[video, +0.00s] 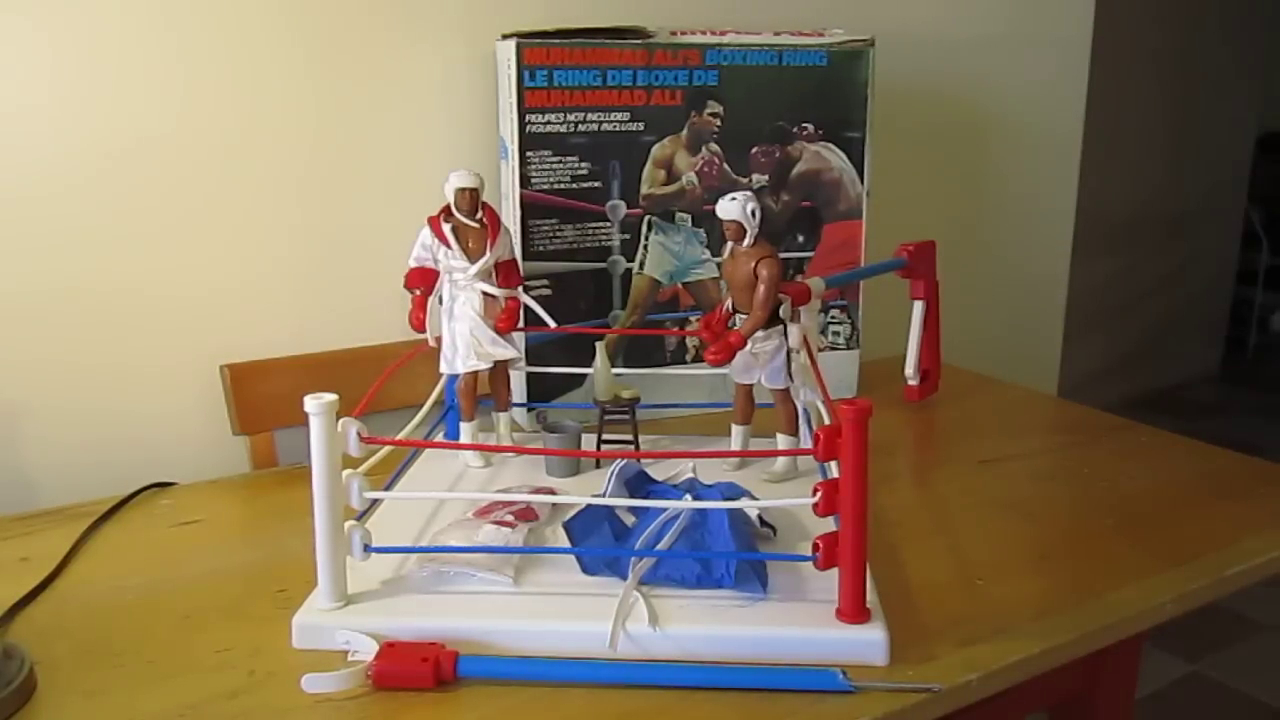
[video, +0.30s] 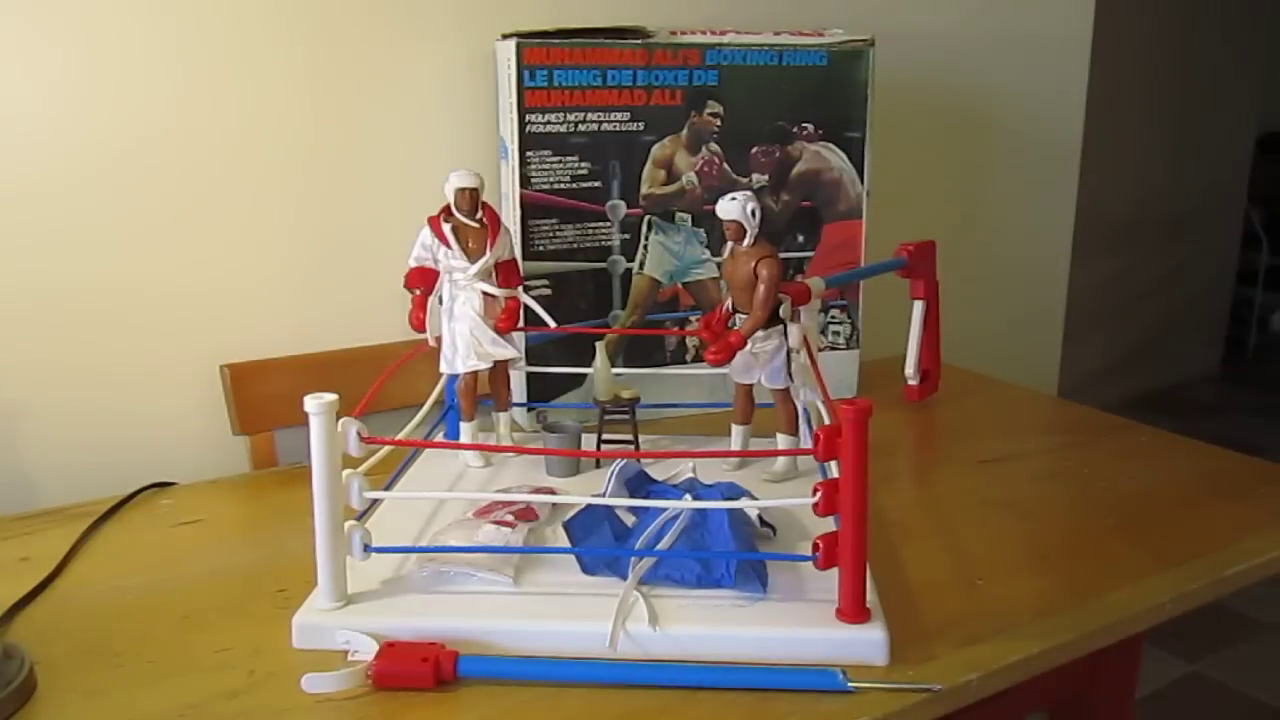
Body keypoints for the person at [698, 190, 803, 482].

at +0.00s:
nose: (725, 229)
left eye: (730, 224)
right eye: (723, 224)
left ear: (747, 224)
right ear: (724, 224)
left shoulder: (767, 263)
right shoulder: (731, 250)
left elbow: (761, 314)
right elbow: (734, 292)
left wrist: (735, 340)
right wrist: (719, 317)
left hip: (769, 333)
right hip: (742, 329)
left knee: (780, 391)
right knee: (742, 387)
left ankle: (787, 456)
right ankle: (737, 450)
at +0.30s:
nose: (725, 229)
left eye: (731, 223)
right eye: (723, 223)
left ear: (748, 224)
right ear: (724, 224)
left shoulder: (767, 263)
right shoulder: (731, 250)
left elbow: (761, 314)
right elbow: (734, 293)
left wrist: (736, 340)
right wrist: (719, 318)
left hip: (768, 333)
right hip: (742, 329)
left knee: (780, 391)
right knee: (742, 387)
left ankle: (787, 457)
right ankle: (737, 450)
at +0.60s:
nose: (726, 228)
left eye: (731, 223)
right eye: (723, 223)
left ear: (748, 223)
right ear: (723, 223)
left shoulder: (767, 263)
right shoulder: (731, 250)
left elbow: (761, 314)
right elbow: (734, 292)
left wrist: (736, 340)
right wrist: (720, 318)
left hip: (768, 333)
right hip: (742, 330)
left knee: (780, 392)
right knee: (742, 387)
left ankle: (787, 457)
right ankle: (737, 450)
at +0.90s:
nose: (726, 228)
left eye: (731, 222)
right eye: (724, 222)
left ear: (748, 223)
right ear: (723, 223)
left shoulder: (767, 263)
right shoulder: (731, 250)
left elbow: (761, 314)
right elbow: (734, 293)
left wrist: (736, 340)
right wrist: (720, 318)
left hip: (768, 333)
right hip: (742, 329)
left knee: (780, 391)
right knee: (742, 387)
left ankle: (787, 457)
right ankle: (737, 450)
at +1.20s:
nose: (725, 227)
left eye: (730, 222)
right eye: (723, 222)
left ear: (748, 223)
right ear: (724, 222)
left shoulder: (767, 262)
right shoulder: (731, 250)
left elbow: (761, 314)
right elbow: (735, 293)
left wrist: (735, 340)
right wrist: (720, 318)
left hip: (769, 333)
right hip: (743, 330)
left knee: (780, 392)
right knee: (742, 387)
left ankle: (787, 457)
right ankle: (737, 450)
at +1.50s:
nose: (726, 227)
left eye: (731, 222)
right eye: (724, 222)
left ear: (748, 222)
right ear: (723, 222)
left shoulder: (767, 262)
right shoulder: (730, 249)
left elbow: (761, 314)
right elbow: (734, 293)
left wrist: (735, 340)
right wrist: (720, 319)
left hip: (768, 333)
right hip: (743, 329)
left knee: (780, 391)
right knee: (742, 387)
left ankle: (787, 457)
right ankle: (737, 450)